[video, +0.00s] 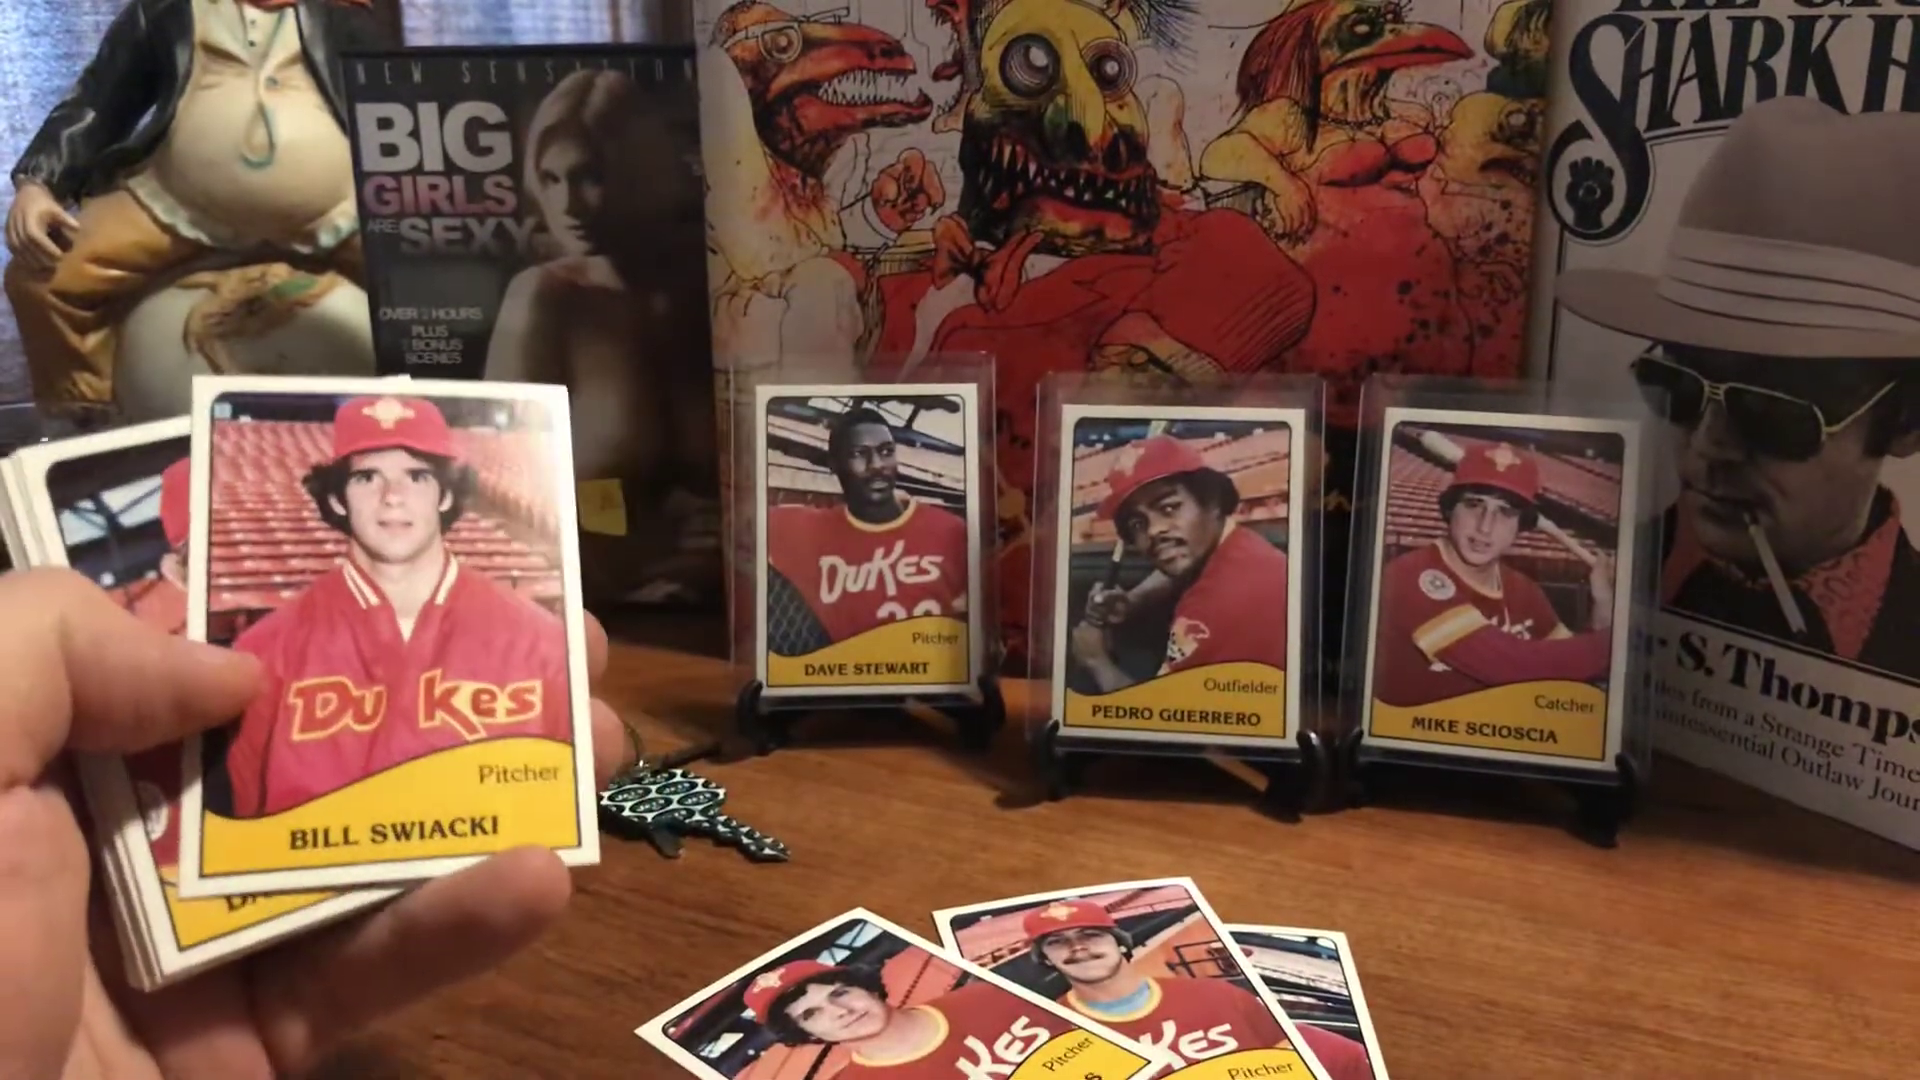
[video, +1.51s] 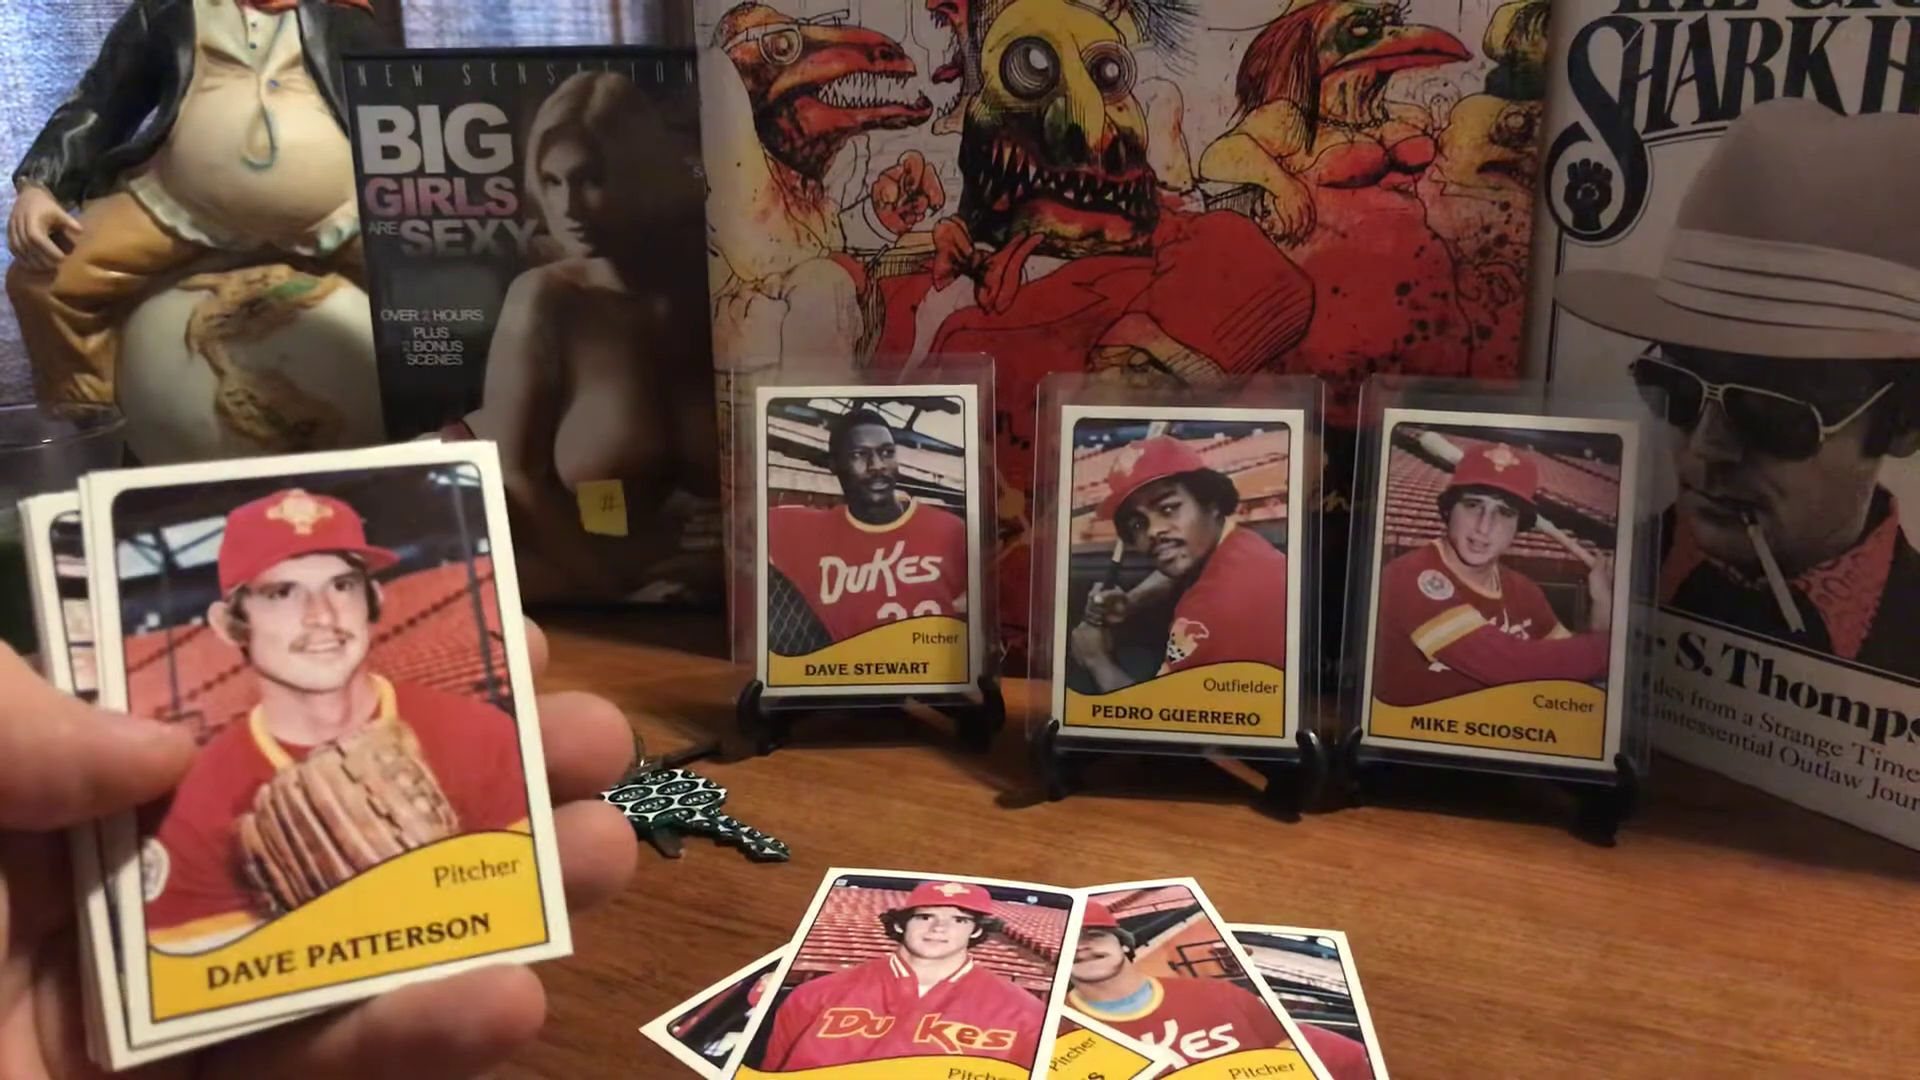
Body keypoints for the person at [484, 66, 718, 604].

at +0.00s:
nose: (570, 202)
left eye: (590, 176)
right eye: (551, 178)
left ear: (638, 177)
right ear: (535, 186)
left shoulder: (698, 294)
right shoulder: (542, 296)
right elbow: (503, 478)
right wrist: (621, 569)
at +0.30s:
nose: (569, 205)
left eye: (590, 178)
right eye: (551, 181)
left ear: (646, 178)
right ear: (536, 188)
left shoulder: (704, 295)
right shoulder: (543, 300)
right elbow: (507, 472)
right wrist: (610, 578)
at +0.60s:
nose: (569, 205)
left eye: (591, 179)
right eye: (552, 182)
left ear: (644, 178)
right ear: (535, 189)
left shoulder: (692, 297)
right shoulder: (544, 299)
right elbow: (514, 464)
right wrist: (608, 575)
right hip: (481, 464)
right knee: (428, 539)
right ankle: (614, 584)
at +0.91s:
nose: (570, 204)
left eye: (591, 176)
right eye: (552, 180)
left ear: (643, 175)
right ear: (536, 187)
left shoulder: (694, 291)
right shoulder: (544, 297)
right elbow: (514, 464)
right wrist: (614, 576)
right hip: (481, 467)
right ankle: (611, 587)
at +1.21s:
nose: (569, 206)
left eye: (590, 179)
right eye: (552, 182)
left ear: (641, 176)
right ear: (536, 189)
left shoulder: (694, 295)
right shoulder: (544, 300)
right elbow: (514, 466)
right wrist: (611, 579)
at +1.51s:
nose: (570, 205)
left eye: (593, 179)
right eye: (553, 182)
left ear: (639, 179)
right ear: (538, 189)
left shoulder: (704, 294)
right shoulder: (543, 298)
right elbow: (511, 472)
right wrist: (608, 579)